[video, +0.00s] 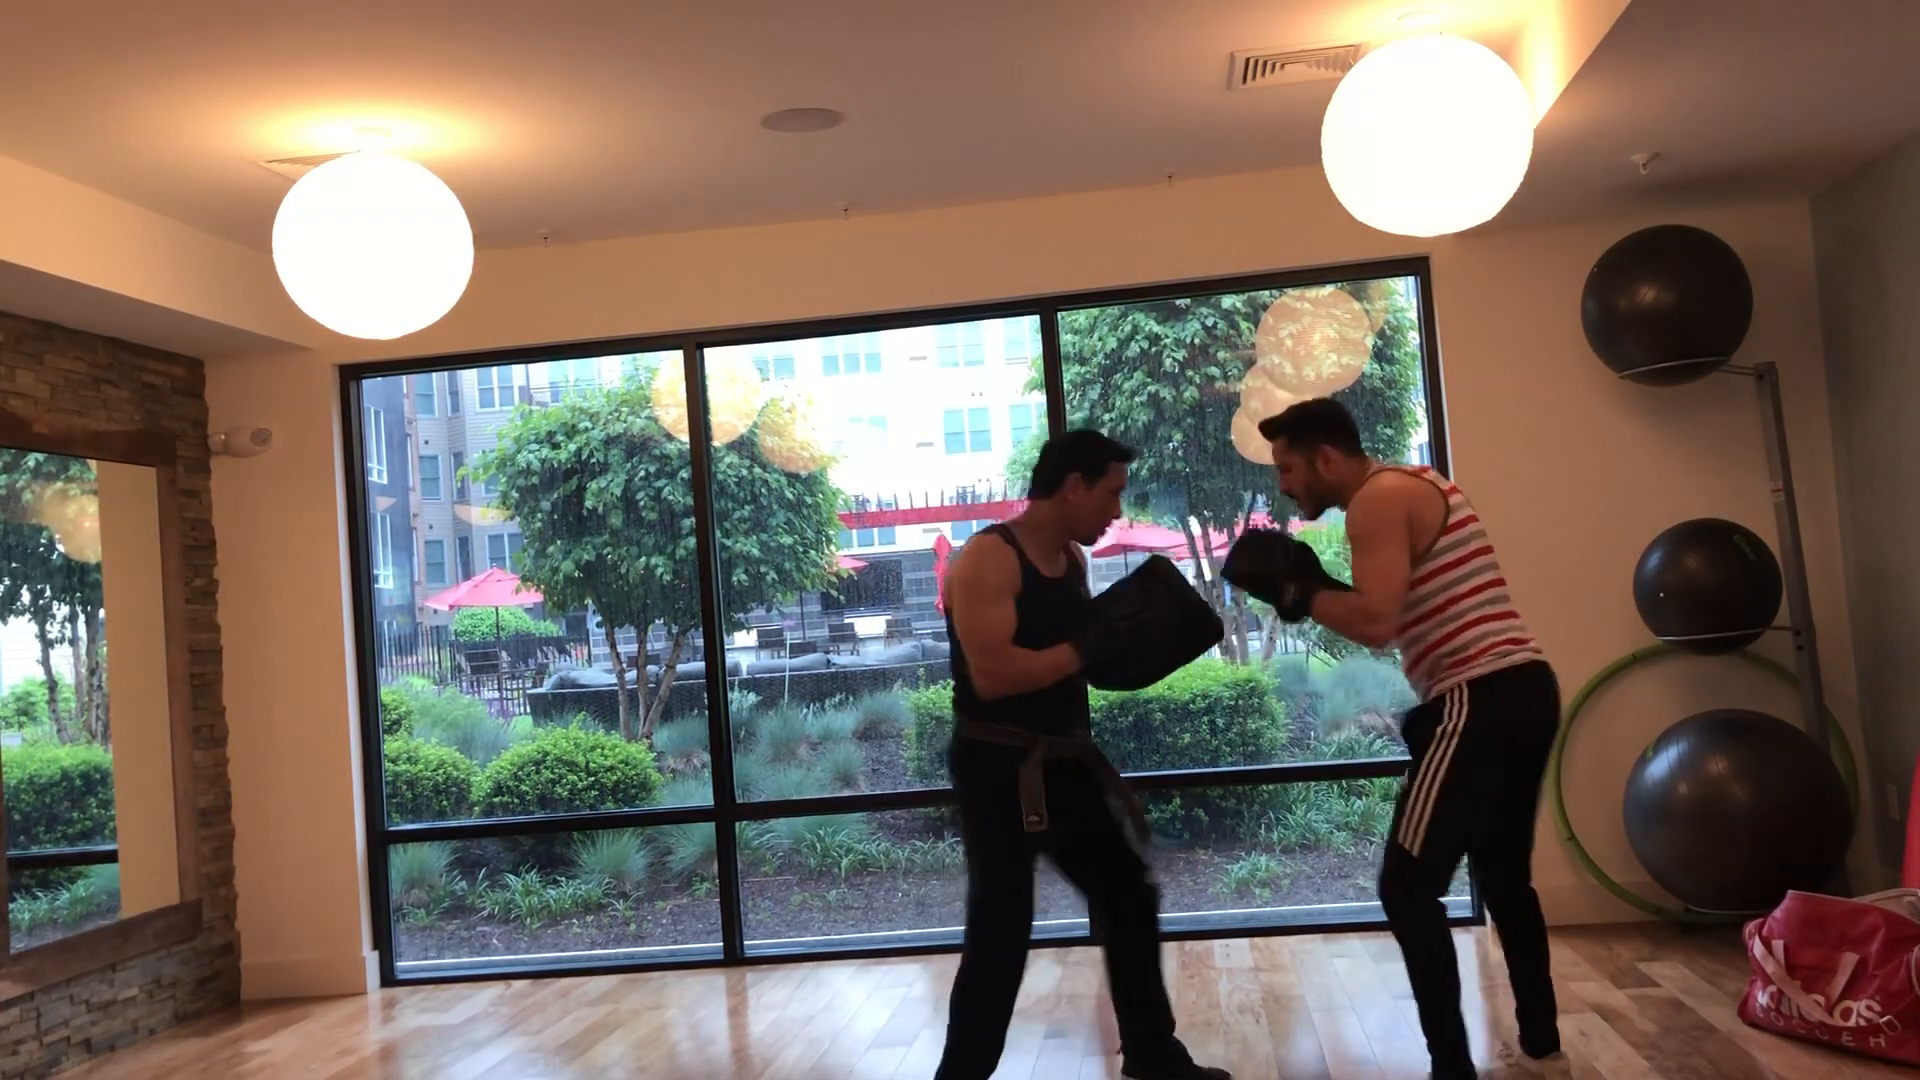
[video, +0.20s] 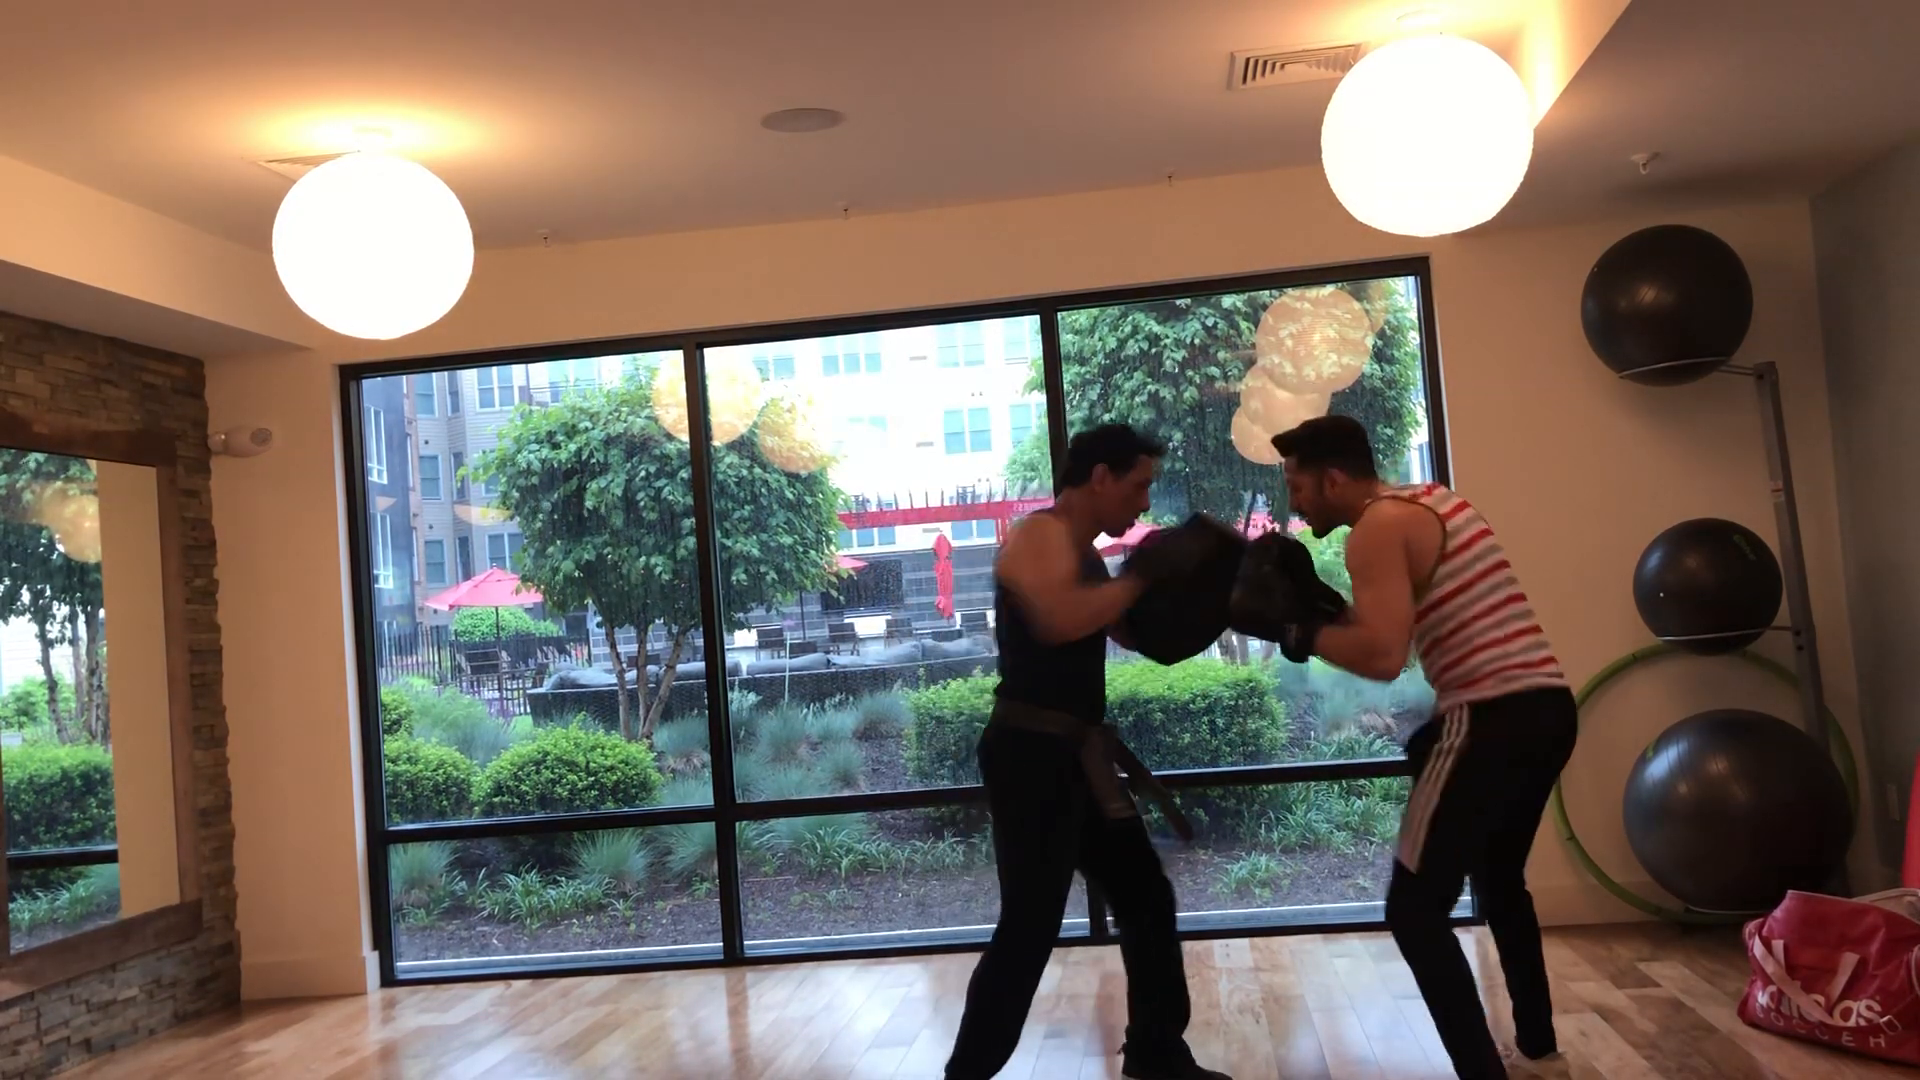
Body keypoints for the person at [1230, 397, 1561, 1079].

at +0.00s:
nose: (1283, 488)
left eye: (1285, 471)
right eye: (1278, 474)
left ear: (1325, 456)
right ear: (1332, 456)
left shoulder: (1379, 497)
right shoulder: (1418, 484)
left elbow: (1376, 621)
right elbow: (1391, 615)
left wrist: (1297, 588)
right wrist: (1316, 587)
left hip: (1478, 698)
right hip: (1526, 688)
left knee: (1407, 886)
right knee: (1504, 876)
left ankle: (1451, 1066)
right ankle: (1541, 1035)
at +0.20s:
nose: (1293, 504)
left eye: (1295, 486)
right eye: (1289, 488)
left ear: (1331, 477)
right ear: (1346, 474)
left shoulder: (1379, 525)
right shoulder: (1433, 501)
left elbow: (1380, 657)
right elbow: (1392, 632)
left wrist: (1299, 630)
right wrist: (1313, 599)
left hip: (1486, 717)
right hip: (1546, 708)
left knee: (1413, 913)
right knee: (1500, 878)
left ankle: (1481, 1069)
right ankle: (1537, 1037)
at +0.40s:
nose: (1276, 539)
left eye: (1280, 524)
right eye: (1276, 524)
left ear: (1312, 529)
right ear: (1335, 520)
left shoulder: (1400, 599)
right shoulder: (1384, 563)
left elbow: (1322, 713)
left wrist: (1292, 628)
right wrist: (1305, 654)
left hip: (1531, 748)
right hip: (1494, 745)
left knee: (1436, 913)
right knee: (1460, 896)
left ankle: (1485, 1072)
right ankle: (1536, 1045)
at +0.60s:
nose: (1279, 558)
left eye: (1280, 542)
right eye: (1277, 543)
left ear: (1310, 545)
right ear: (1332, 538)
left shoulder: (1410, 613)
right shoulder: (1377, 583)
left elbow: (1342, 749)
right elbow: (1387, 679)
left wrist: (1294, 662)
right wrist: (1302, 716)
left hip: (1535, 756)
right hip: (1490, 752)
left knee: (1428, 915)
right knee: (1437, 894)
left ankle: (1480, 1071)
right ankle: (1527, 1035)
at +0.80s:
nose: (1288, 501)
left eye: (1292, 481)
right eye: (1283, 485)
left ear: (1339, 463)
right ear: (1343, 468)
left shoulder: (1387, 524)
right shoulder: (1402, 510)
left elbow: (1387, 639)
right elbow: (1398, 633)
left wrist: (1296, 628)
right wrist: (1305, 626)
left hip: (1496, 721)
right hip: (1496, 715)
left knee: (1437, 909)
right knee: (1463, 887)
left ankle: (1483, 1069)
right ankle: (1527, 1040)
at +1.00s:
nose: (1295, 535)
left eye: (1296, 518)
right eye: (1290, 524)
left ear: (1337, 502)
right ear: (1353, 501)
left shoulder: (1375, 527)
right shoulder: (1417, 549)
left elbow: (1420, 583)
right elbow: (1369, 673)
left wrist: (1320, 601)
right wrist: (1308, 623)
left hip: (1502, 702)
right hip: (1552, 702)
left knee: (1398, 876)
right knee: (1481, 867)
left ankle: (1468, 1064)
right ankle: (1530, 1037)